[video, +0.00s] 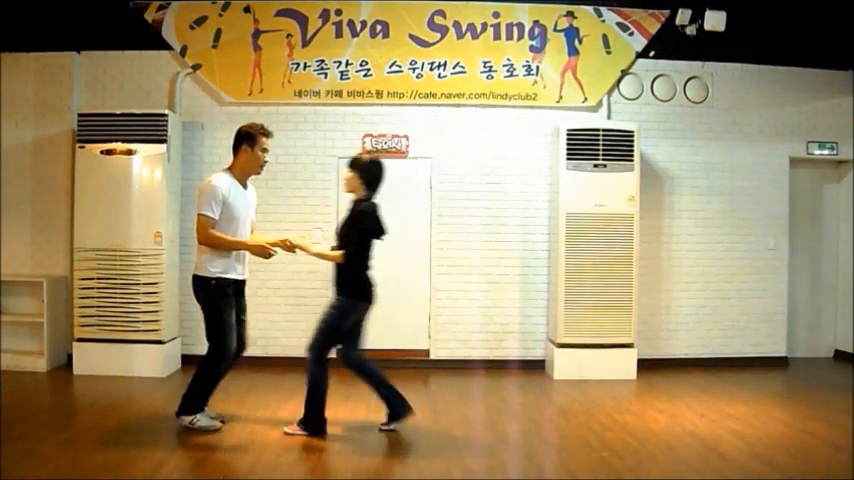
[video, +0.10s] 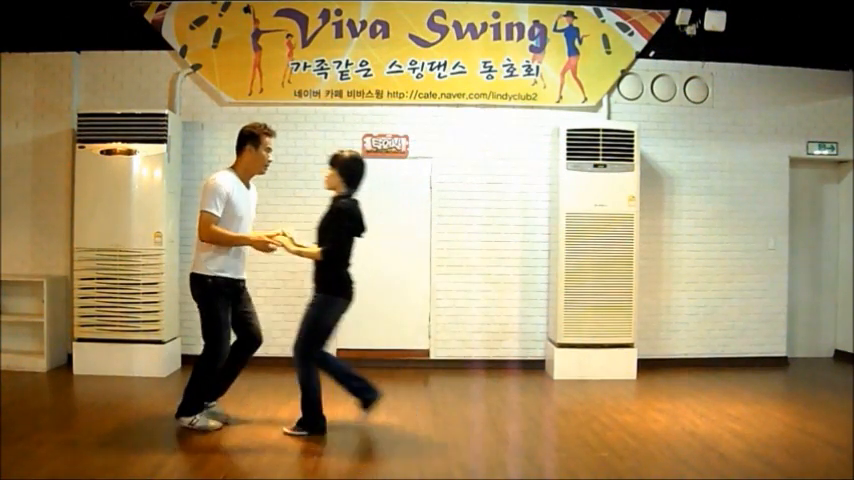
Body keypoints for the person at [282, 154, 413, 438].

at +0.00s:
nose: (346, 177)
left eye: (351, 173)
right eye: (348, 172)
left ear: (362, 179)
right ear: (364, 179)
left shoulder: (362, 212)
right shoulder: (364, 209)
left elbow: (344, 256)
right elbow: (350, 254)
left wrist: (309, 250)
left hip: (351, 296)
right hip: (357, 294)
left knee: (317, 350)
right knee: (351, 356)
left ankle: (313, 422)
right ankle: (398, 407)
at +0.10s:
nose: (326, 173)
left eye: (330, 170)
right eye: (329, 169)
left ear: (340, 176)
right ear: (346, 176)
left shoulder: (342, 209)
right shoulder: (344, 206)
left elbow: (328, 254)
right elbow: (328, 251)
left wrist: (293, 249)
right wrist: (296, 247)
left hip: (332, 292)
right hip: (333, 290)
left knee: (305, 350)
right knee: (309, 350)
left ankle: (312, 420)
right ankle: (365, 392)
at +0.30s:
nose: (297, 170)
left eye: (301, 166)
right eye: (300, 165)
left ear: (312, 173)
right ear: (318, 173)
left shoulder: (312, 206)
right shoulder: (318, 202)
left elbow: (308, 252)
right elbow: (306, 245)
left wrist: (277, 246)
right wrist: (281, 237)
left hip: (305, 287)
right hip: (307, 285)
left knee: (278, 348)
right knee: (280, 347)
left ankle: (305, 413)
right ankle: (300, 411)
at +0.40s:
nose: (289, 170)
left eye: (293, 167)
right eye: (292, 166)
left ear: (303, 173)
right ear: (309, 173)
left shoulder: (304, 206)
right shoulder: (310, 202)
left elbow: (305, 251)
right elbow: (305, 245)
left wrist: (273, 248)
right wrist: (277, 238)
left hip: (298, 288)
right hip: (300, 286)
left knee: (272, 349)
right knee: (275, 348)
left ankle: (302, 413)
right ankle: (300, 411)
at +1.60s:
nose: (427, 196)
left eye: (430, 191)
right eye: (428, 190)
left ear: (445, 194)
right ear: (444, 194)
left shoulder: (458, 224)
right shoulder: (444, 226)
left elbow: (461, 265)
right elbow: (411, 253)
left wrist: (432, 250)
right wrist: (367, 255)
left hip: (470, 308)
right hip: (457, 306)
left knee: (429, 361)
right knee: (422, 357)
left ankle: (459, 425)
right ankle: (445, 416)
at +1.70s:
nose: (428, 184)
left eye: (432, 179)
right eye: (429, 179)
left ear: (446, 182)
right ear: (444, 183)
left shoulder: (460, 212)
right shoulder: (443, 214)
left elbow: (462, 253)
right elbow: (412, 240)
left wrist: (437, 234)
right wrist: (368, 241)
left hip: (471, 296)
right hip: (458, 295)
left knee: (439, 358)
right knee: (432, 354)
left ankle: (462, 427)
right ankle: (448, 414)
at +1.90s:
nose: (431, 177)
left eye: (435, 171)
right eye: (432, 172)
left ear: (449, 174)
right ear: (447, 174)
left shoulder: (468, 207)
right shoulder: (445, 209)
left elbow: (474, 248)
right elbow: (414, 234)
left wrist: (452, 228)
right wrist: (372, 239)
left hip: (466, 290)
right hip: (451, 289)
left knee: (452, 356)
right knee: (446, 351)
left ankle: (464, 429)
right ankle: (447, 407)